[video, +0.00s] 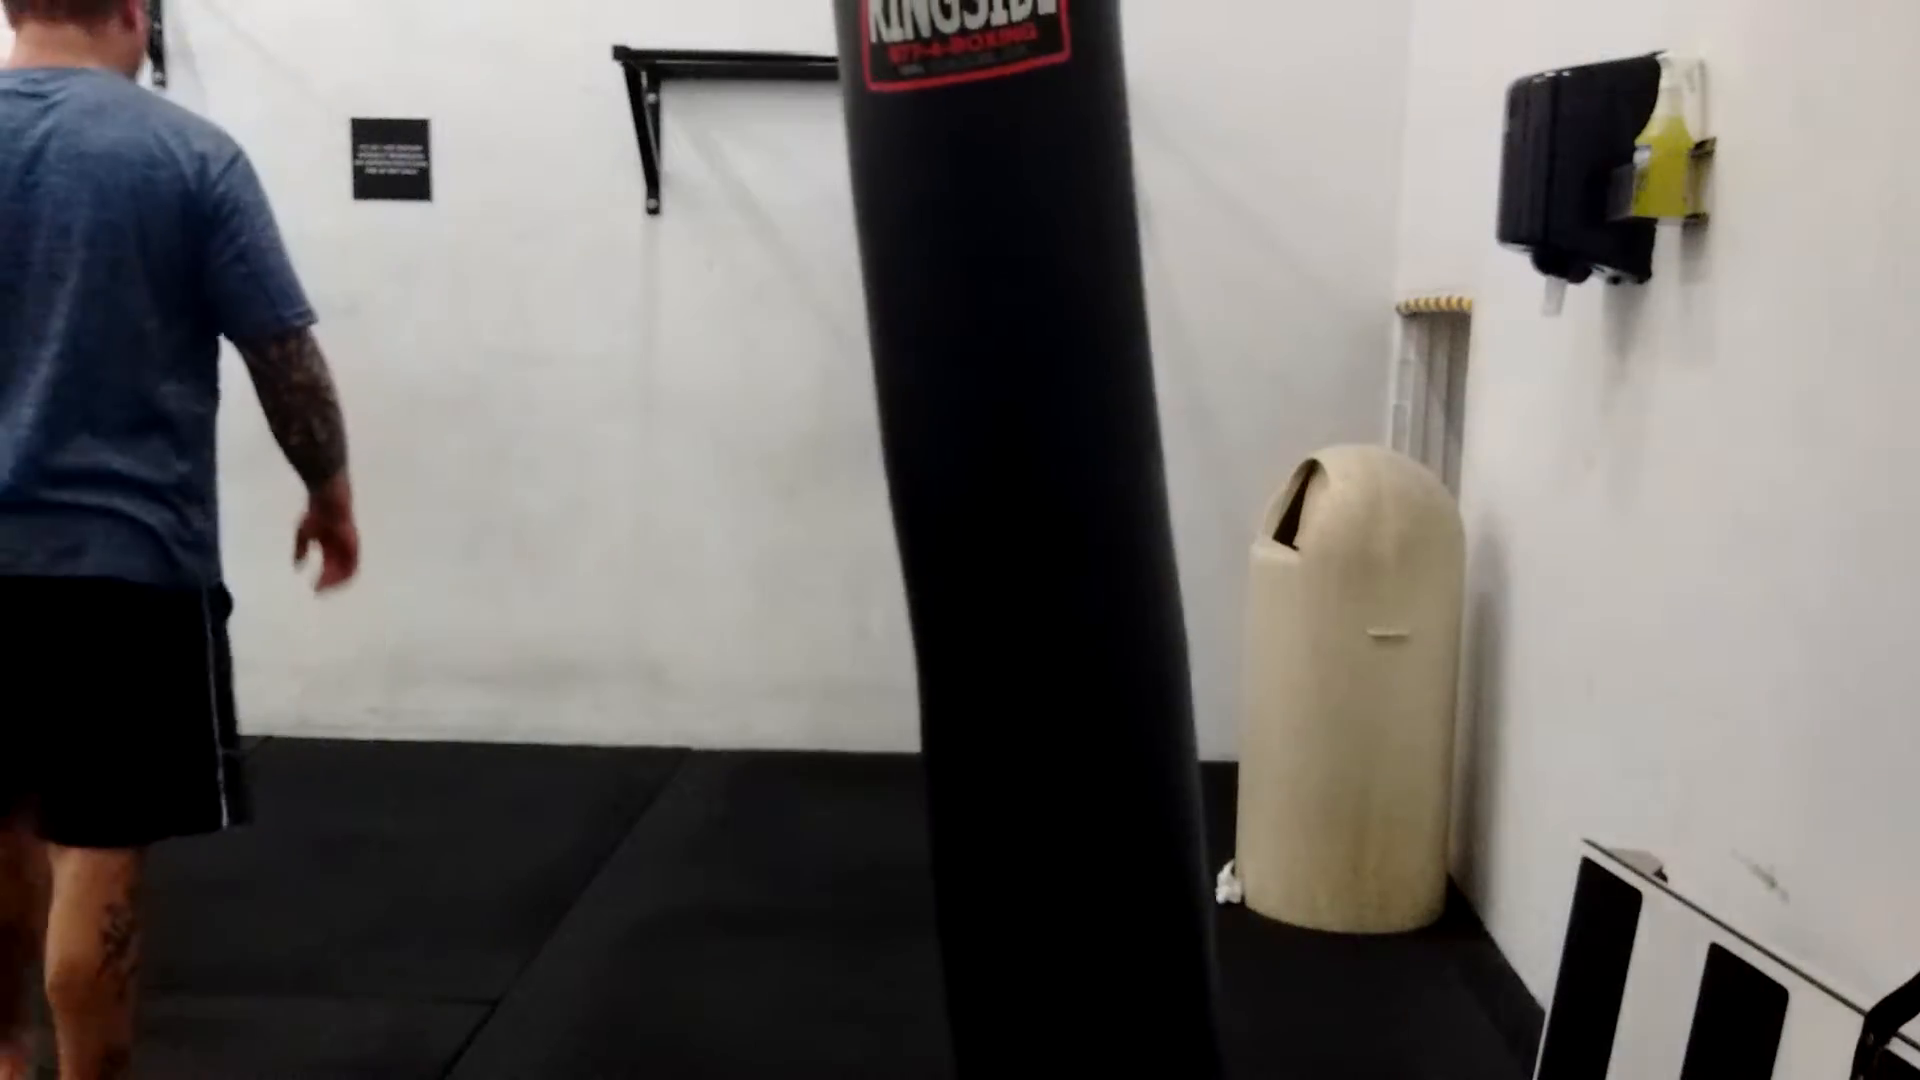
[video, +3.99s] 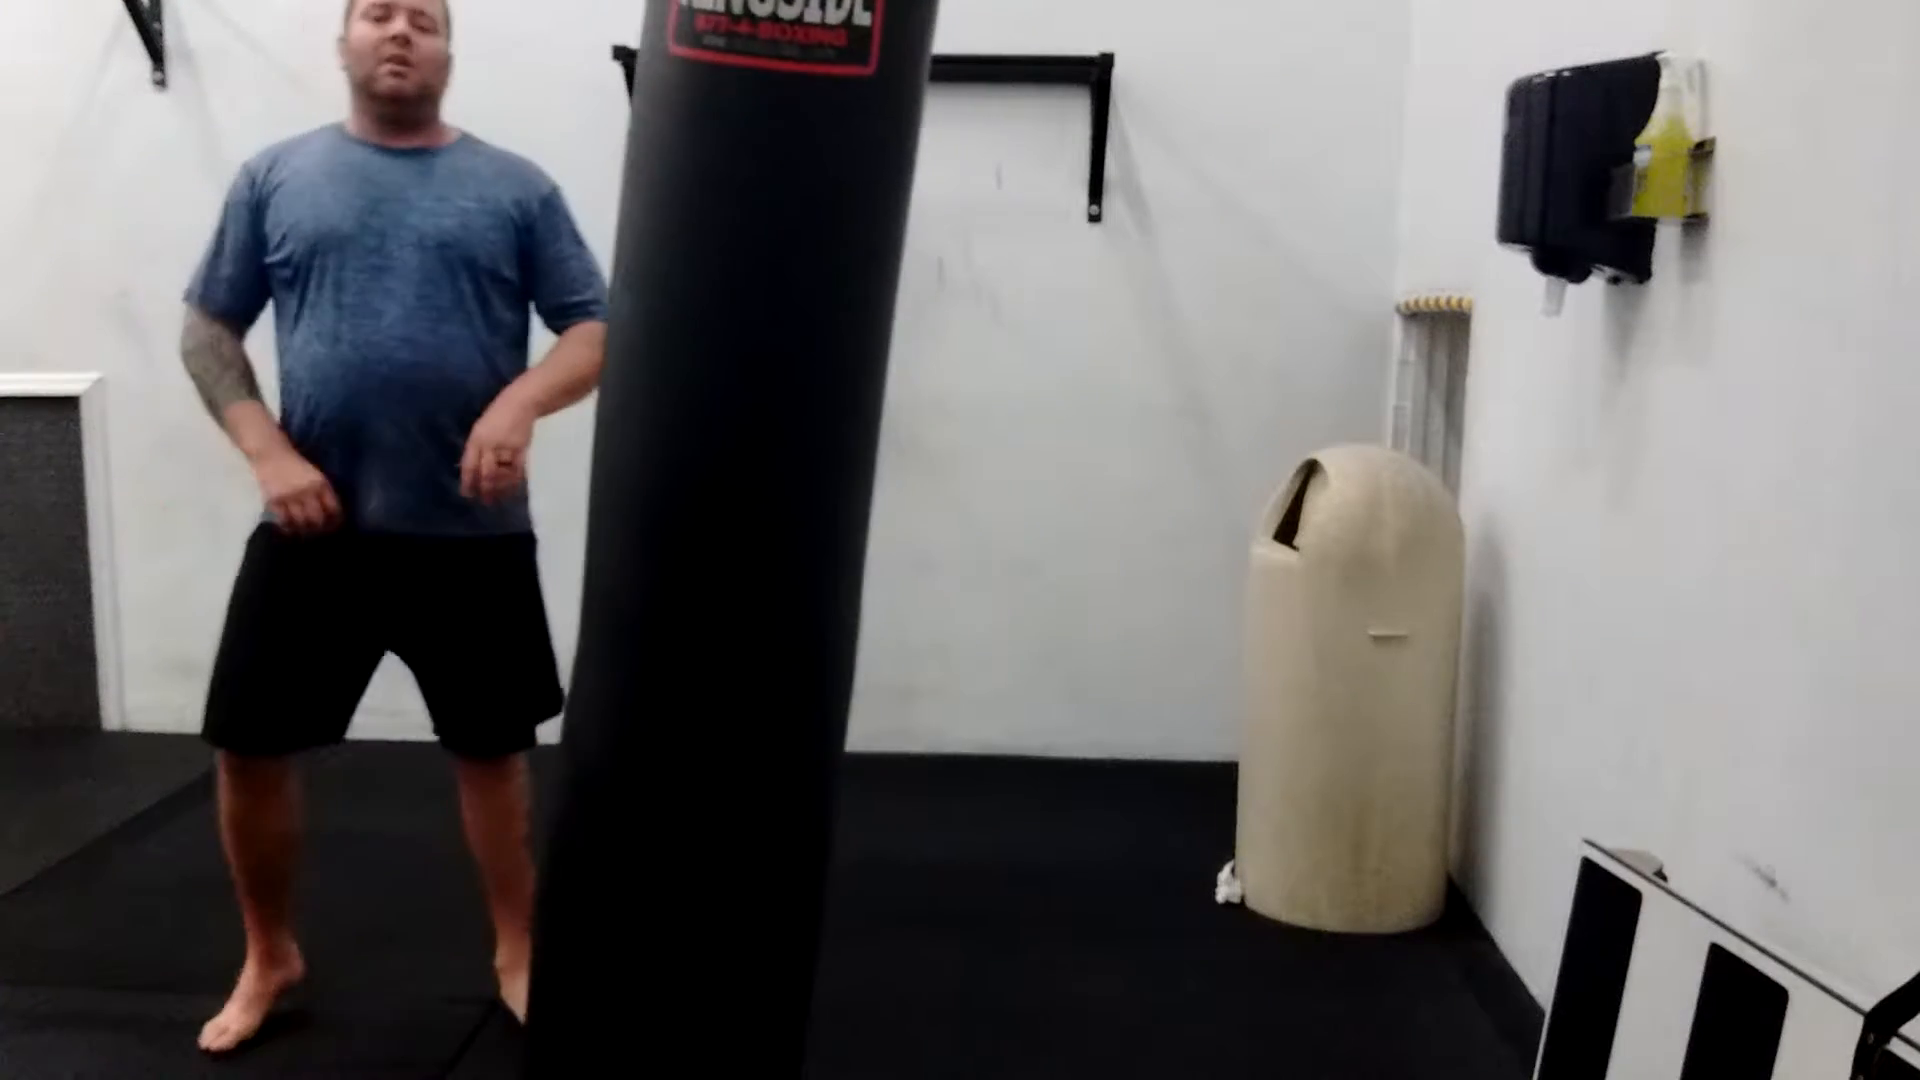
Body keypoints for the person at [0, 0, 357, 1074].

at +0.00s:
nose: (145, 37)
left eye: (142, 27)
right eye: (146, 23)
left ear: (14, 18)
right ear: (132, 18)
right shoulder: (188, 152)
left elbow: (280, 351)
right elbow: (284, 353)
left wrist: (323, 484)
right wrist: (327, 487)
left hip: (1, 546)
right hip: (128, 557)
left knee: (11, 833)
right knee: (101, 847)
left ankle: (14, 1054)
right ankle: (89, 1069)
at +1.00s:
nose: (276, 54)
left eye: (283, 34)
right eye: (249, 32)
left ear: (292, 45)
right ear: (182, 45)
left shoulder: (237, 167)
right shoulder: (167, 178)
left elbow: (241, 351)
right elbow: (168, 374)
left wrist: (304, 501)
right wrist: (272, 526)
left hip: (284, 508)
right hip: (207, 521)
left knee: (352, 667)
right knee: (233, 739)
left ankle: (219, 871)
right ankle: (238, 978)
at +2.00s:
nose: (378, 86)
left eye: (396, 75)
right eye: (359, 70)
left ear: (419, 100)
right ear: (324, 90)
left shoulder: (473, 219)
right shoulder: (269, 212)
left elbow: (540, 345)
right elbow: (234, 352)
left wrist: (475, 390)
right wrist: (230, 486)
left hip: (441, 507)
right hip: (324, 508)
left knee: (439, 699)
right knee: (354, 695)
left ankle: (435, 907)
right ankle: (376, 847)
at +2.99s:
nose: (402, 87)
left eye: (419, 73)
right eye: (383, 70)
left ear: (441, 93)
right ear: (346, 87)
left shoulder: (500, 213)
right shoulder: (293, 209)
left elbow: (576, 339)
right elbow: (241, 346)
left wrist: (535, 371)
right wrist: (293, 418)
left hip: (463, 508)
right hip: (330, 508)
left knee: (467, 703)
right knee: (307, 720)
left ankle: (481, 877)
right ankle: (287, 943)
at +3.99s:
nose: (399, 30)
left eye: (421, 20)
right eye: (377, 15)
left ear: (447, 56)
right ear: (342, 47)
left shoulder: (515, 185)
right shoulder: (278, 176)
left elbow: (597, 332)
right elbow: (204, 330)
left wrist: (520, 401)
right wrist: (270, 453)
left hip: (471, 534)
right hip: (316, 529)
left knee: (494, 753)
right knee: (249, 749)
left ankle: (519, 956)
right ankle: (268, 958)